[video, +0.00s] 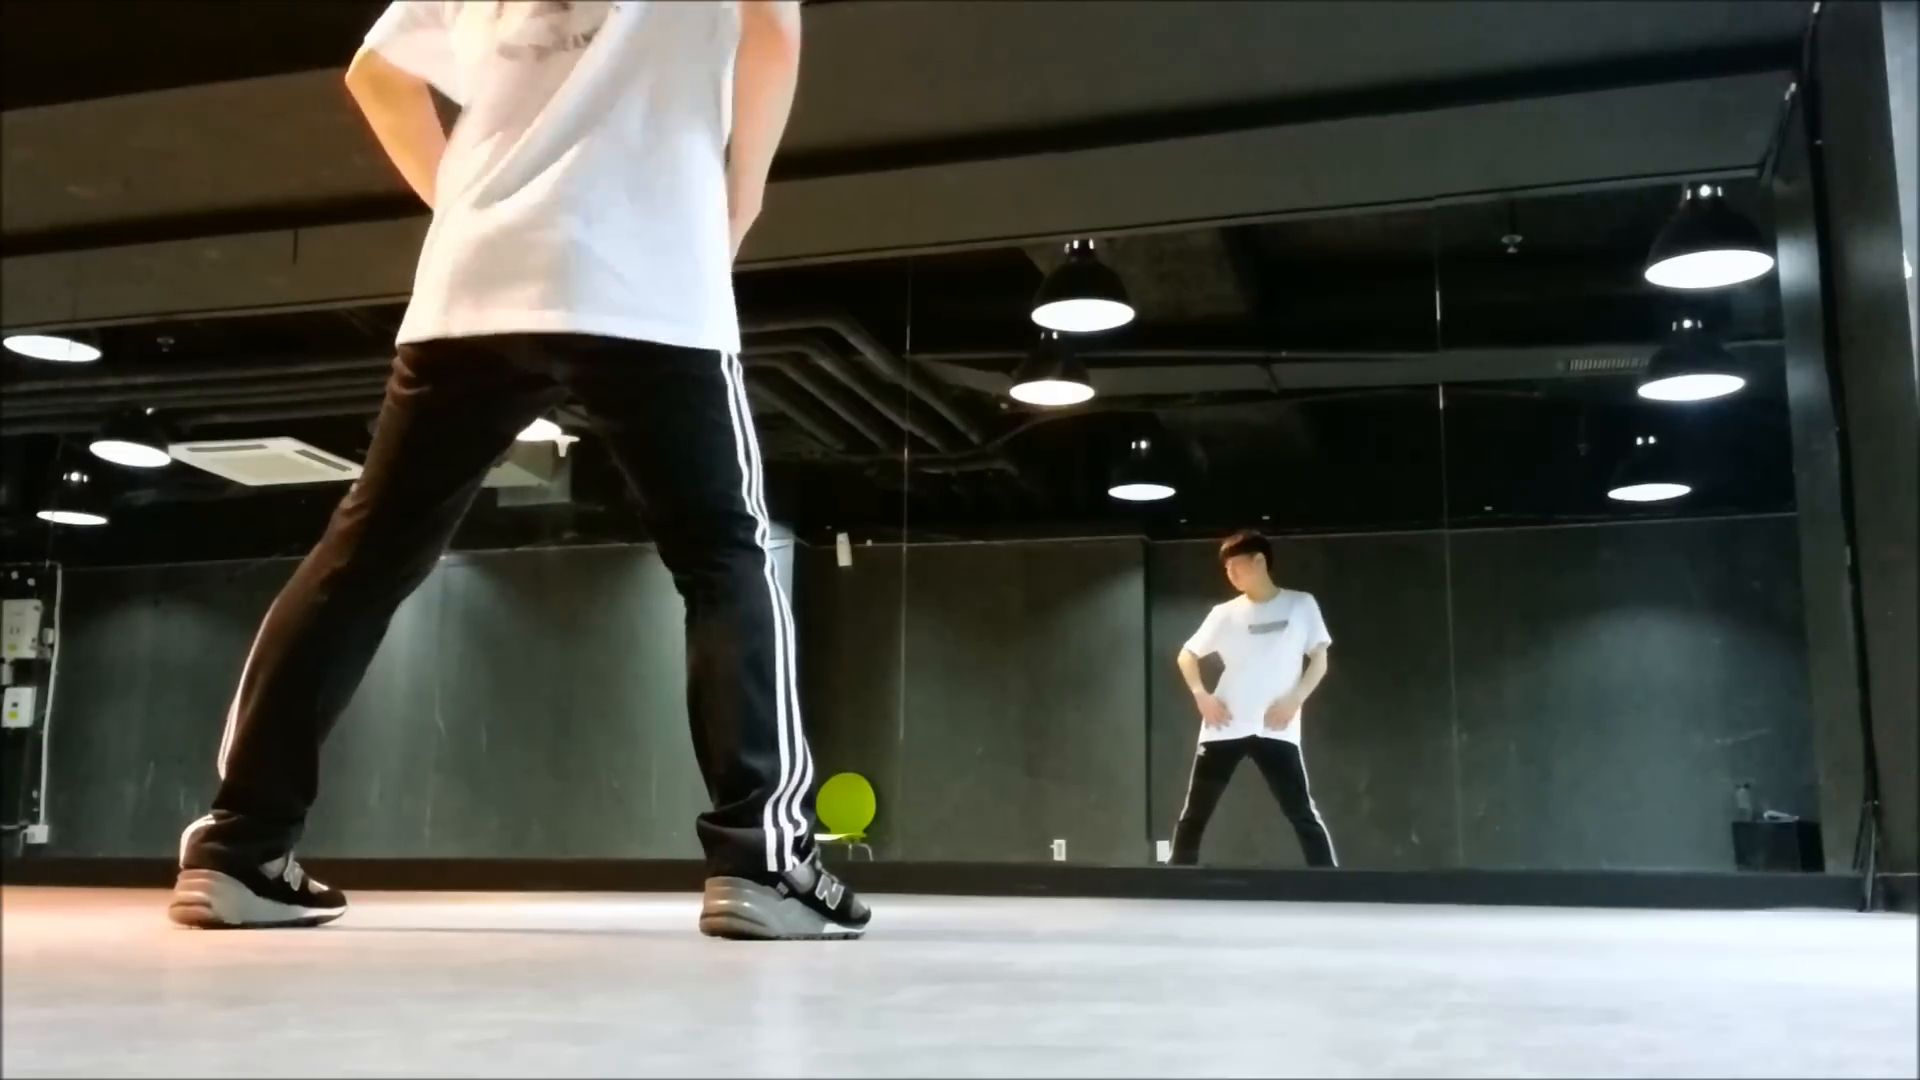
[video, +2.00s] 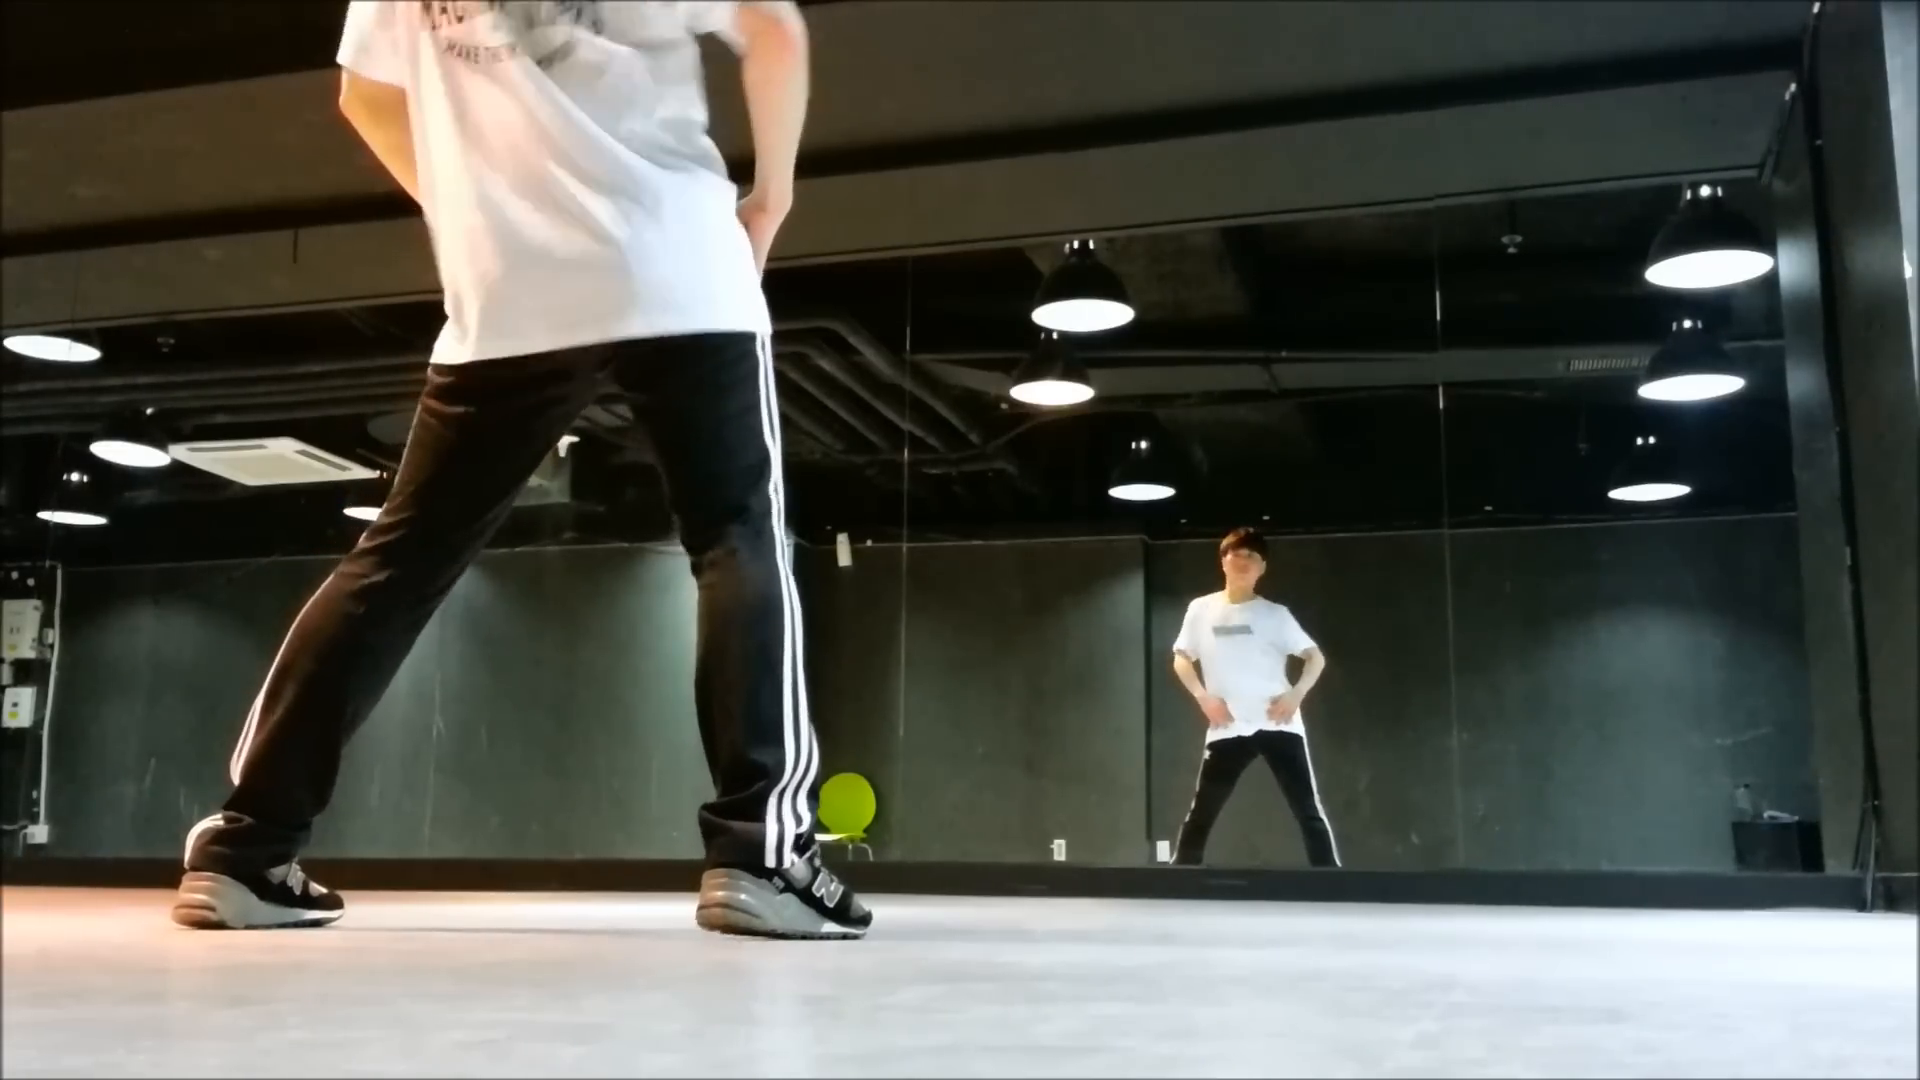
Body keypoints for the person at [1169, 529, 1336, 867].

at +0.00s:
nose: (1230, 573)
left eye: (1235, 565)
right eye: (1227, 567)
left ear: (1259, 561)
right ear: (1227, 571)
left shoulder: (1302, 605)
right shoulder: (1224, 614)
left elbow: (1320, 661)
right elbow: (1186, 656)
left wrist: (1292, 701)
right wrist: (1201, 695)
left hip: (1276, 733)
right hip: (1222, 731)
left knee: (1302, 815)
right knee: (1193, 816)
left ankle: (1331, 890)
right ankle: (1176, 891)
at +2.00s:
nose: (1242, 563)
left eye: (1251, 557)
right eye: (1235, 555)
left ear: (1262, 567)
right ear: (1223, 561)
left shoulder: (1277, 614)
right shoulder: (1201, 609)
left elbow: (1316, 658)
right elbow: (1181, 661)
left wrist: (1295, 696)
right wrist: (1205, 699)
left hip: (1280, 728)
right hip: (1228, 731)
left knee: (1309, 813)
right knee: (1200, 815)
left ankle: (1333, 889)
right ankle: (1178, 889)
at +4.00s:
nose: (1231, 572)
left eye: (1239, 565)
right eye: (1225, 569)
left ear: (1257, 572)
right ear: (1220, 582)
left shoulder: (1290, 624)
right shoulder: (1210, 625)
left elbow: (1326, 671)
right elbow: (1176, 671)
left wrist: (1303, 711)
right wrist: (1199, 715)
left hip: (1277, 745)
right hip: (1227, 745)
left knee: (1292, 825)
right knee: (1201, 826)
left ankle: (1339, 889)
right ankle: (1160, 888)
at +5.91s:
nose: (1255, 560)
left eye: (1262, 557)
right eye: (1248, 554)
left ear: (1270, 572)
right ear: (1231, 564)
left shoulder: (1285, 612)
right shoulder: (1207, 616)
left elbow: (1325, 652)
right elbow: (1173, 661)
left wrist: (1303, 697)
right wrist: (1194, 709)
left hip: (1281, 734)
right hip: (1228, 736)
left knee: (1308, 813)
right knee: (1197, 813)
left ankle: (1343, 886)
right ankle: (1163, 882)